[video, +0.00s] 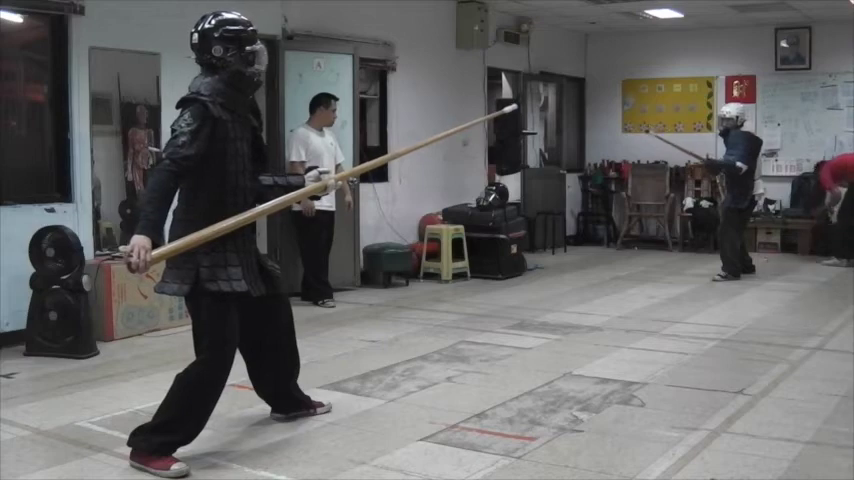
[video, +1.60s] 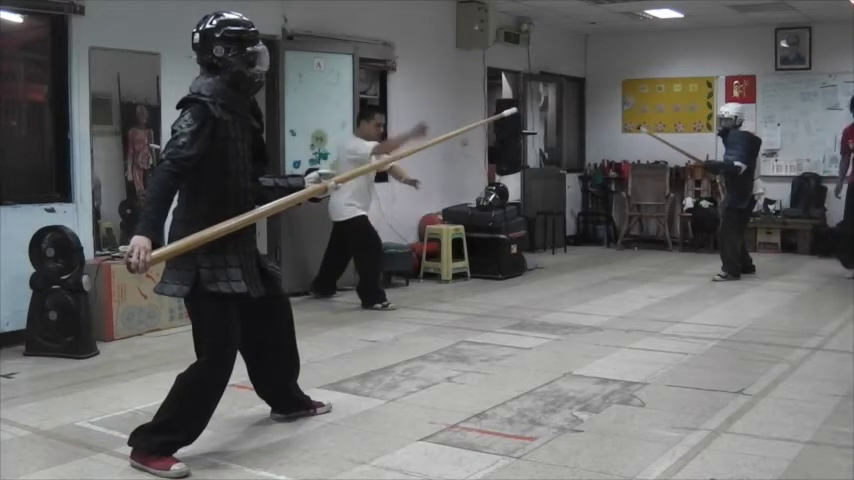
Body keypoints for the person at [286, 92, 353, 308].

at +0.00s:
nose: (335, 115)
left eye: (335, 111)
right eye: (332, 110)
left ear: (322, 112)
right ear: (319, 111)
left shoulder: (329, 136)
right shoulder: (300, 135)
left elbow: (338, 168)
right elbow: (295, 169)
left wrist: (347, 191)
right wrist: (303, 197)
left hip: (327, 203)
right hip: (308, 204)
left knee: (322, 250)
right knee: (313, 250)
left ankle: (312, 290)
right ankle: (320, 293)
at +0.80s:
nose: (341, 115)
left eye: (342, 111)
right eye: (337, 111)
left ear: (339, 112)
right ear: (323, 111)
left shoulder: (337, 137)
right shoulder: (310, 136)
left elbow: (345, 168)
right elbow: (304, 170)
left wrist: (353, 195)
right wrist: (307, 198)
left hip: (335, 201)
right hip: (319, 202)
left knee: (322, 249)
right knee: (333, 247)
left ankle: (311, 291)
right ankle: (347, 289)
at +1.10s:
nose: (362, 121)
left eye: (364, 117)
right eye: (358, 116)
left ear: (362, 119)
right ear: (344, 117)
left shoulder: (356, 141)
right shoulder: (331, 142)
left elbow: (367, 169)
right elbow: (327, 178)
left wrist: (384, 190)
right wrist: (323, 210)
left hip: (352, 207)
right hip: (338, 207)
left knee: (330, 252)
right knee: (355, 252)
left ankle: (312, 291)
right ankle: (369, 298)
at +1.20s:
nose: (373, 123)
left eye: (374, 119)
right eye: (369, 118)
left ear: (361, 120)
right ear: (355, 118)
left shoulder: (365, 142)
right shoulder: (343, 143)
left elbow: (383, 166)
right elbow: (339, 182)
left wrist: (406, 181)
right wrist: (339, 216)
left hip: (354, 207)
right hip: (344, 209)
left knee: (336, 254)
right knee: (362, 250)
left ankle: (315, 288)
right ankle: (371, 298)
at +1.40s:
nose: (382, 128)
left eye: (383, 123)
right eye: (379, 123)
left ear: (372, 124)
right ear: (365, 122)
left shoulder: (373, 143)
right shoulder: (355, 145)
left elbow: (397, 154)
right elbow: (365, 183)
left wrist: (404, 133)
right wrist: (381, 215)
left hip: (352, 205)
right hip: (346, 206)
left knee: (340, 252)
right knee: (369, 248)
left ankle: (323, 288)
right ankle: (372, 298)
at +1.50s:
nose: (383, 129)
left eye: (383, 125)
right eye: (379, 124)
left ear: (372, 124)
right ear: (364, 123)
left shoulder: (375, 144)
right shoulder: (352, 145)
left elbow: (396, 161)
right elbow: (378, 171)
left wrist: (404, 152)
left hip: (359, 206)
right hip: (345, 206)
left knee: (340, 250)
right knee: (370, 245)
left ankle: (323, 287)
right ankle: (371, 298)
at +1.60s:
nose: (381, 130)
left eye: (382, 126)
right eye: (377, 125)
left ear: (368, 127)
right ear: (362, 124)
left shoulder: (371, 150)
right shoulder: (351, 145)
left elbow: (389, 165)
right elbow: (381, 148)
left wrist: (405, 178)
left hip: (356, 208)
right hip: (345, 208)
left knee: (338, 251)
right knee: (371, 246)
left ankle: (322, 288)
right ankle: (372, 299)